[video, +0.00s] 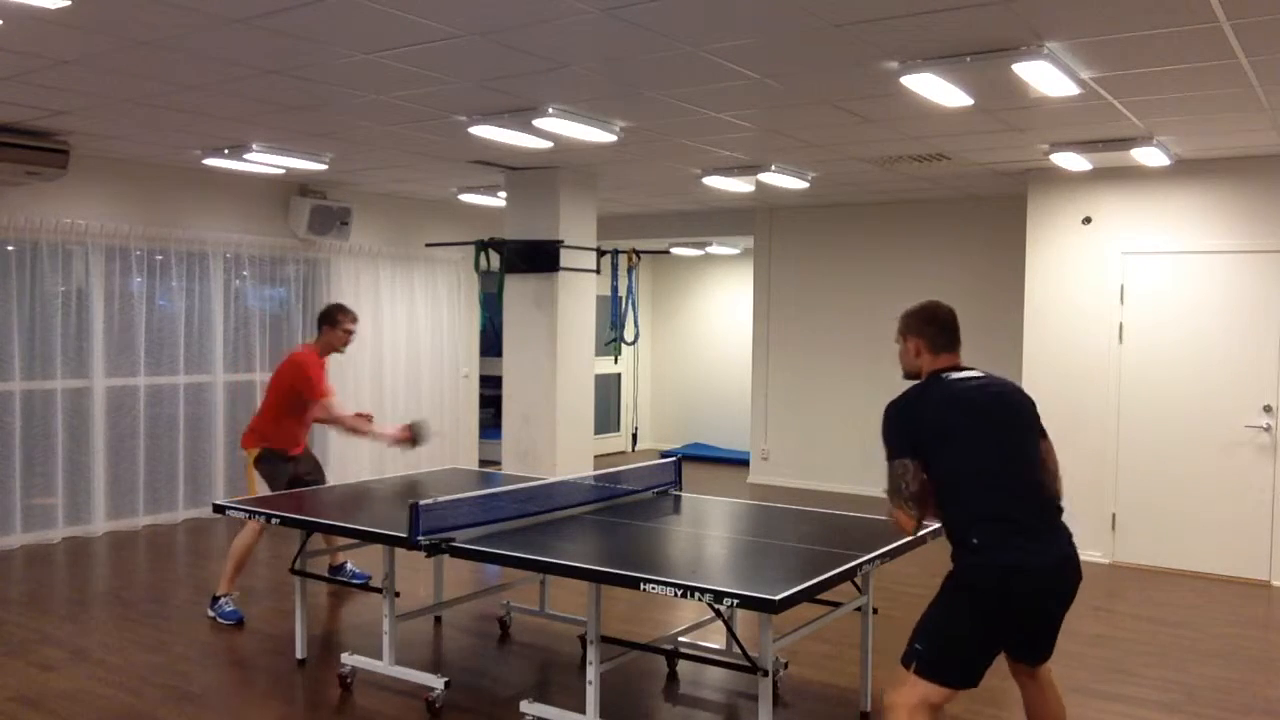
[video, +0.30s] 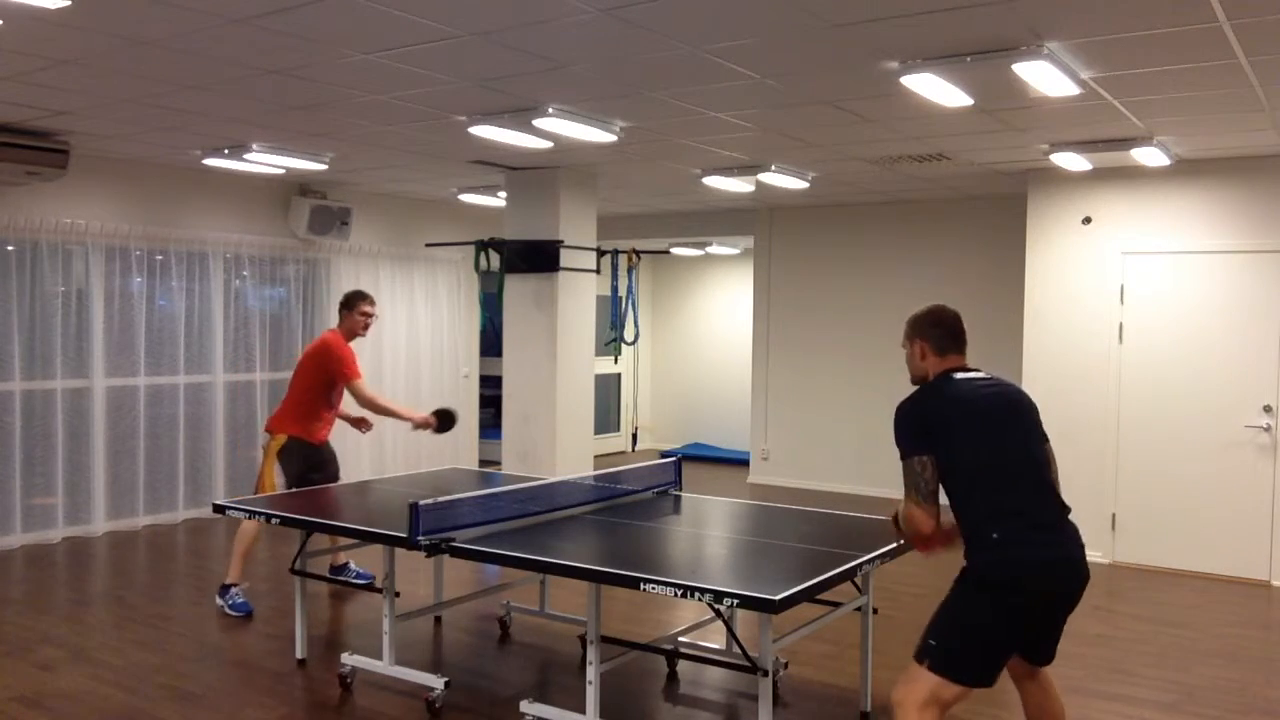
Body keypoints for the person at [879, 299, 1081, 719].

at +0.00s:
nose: (899, 356)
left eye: (900, 344)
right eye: (899, 345)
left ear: (915, 346)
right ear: (956, 345)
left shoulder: (906, 410)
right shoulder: (1011, 392)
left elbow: (908, 518)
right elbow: (1052, 490)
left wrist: (949, 482)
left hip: (988, 570)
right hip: (1057, 562)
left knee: (913, 700)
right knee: (1030, 667)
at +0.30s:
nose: (907, 362)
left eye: (906, 351)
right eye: (907, 351)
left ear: (920, 349)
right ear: (962, 348)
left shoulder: (918, 408)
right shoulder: (1012, 393)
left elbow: (924, 526)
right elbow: (1047, 491)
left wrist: (903, 513)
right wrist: (953, 531)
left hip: (1001, 568)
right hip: (1065, 560)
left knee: (916, 700)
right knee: (1028, 668)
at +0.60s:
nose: (876, 362)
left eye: (875, 351)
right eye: (877, 353)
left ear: (885, 349)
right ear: (931, 348)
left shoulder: (879, 415)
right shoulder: (977, 402)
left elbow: (885, 538)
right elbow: (989, 496)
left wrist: (875, 539)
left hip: (963, 588)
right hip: (1031, 575)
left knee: (868, 708)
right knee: (1036, 690)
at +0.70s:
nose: (850, 357)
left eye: (852, 345)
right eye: (851, 346)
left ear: (868, 347)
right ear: (908, 344)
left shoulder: (877, 424)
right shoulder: (944, 391)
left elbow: (885, 547)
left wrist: (860, 538)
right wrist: (829, 439)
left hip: (971, 590)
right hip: (1034, 572)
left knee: (868, 708)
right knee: (1035, 683)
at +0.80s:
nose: (834, 364)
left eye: (833, 353)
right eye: (832, 354)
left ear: (851, 355)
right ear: (888, 347)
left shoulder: (876, 433)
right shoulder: (923, 389)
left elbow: (894, 558)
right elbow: (872, 396)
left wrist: (860, 543)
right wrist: (810, 378)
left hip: (977, 592)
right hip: (1036, 572)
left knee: (872, 706)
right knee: (1031, 681)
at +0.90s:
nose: (825, 364)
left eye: (826, 354)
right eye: (823, 355)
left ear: (846, 359)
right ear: (885, 350)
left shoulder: (874, 440)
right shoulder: (923, 389)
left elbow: (899, 562)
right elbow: (877, 382)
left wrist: (862, 548)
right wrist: (827, 371)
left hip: (979, 592)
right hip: (1036, 569)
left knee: (875, 706)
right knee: (1026, 679)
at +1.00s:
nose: (834, 363)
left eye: (836, 353)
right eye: (833, 353)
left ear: (857, 359)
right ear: (895, 352)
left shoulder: (876, 437)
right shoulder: (938, 392)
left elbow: (896, 560)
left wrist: (864, 539)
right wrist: (866, 411)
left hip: (981, 592)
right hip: (1037, 572)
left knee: (875, 706)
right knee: (1024, 683)